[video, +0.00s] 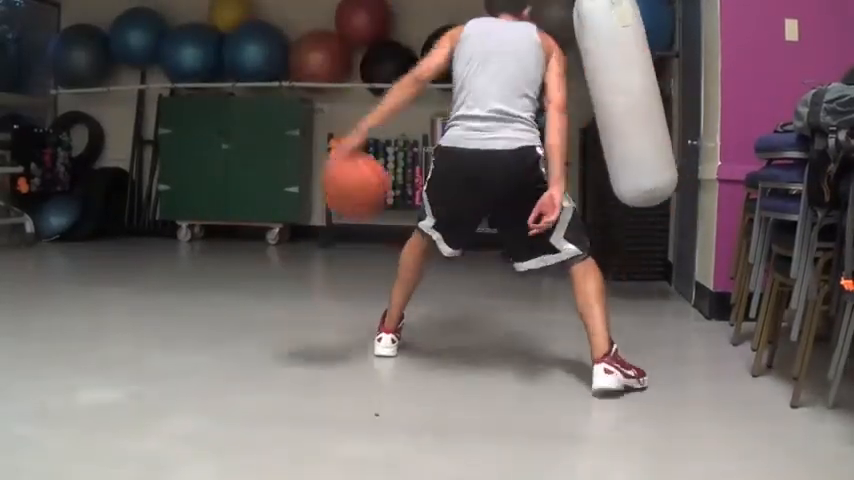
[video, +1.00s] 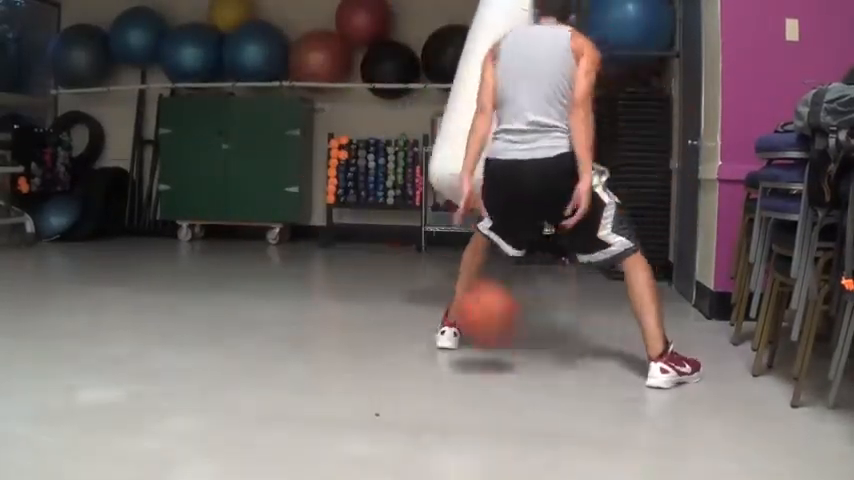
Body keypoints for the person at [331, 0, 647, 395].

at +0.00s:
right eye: (529, 18)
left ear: (488, 14)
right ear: (526, 17)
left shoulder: (458, 35)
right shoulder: (547, 45)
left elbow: (417, 79)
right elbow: (557, 111)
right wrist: (556, 184)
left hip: (457, 162)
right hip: (518, 166)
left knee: (425, 234)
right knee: (579, 255)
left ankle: (388, 329)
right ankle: (605, 360)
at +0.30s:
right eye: (532, 19)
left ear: (486, 15)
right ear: (527, 16)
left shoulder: (459, 38)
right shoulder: (545, 44)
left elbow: (416, 84)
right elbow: (562, 109)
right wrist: (568, 184)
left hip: (464, 169)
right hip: (523, 171)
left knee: (430, 236)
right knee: (596, 252)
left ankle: (389, 329)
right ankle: (650, 349)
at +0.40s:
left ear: (515, 18)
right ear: (555, 20)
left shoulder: (482, 47)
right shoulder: (568, 52)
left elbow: (457, 106)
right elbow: (562, 111)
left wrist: (442, 175)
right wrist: (560, 187)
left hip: (473, 172)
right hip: (534, 175)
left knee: (441, 243)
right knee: (609, 252)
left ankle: (391, 329)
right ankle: (656, 356)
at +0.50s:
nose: (603, 47)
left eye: (603, 40)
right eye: (602, 39)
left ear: (556, 25)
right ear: (590, 32)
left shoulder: (514, 50)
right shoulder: (588, 53)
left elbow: (479, 112)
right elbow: (570, 107)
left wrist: (463, 176)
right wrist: (564, 180)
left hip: (488, 172)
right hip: (545, 173)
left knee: (456, 248)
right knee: (629, 251)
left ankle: (395, 327)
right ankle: (661, 357)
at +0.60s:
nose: (620, 46)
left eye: (619, 40)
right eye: (620, 39)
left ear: (584, 21)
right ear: (616, 27)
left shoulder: (542, 49)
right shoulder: (605, 45)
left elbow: (494, 106)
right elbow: (585, 85)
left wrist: (469, 173)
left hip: (503, 175)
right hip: (556, 175)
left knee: (472, 254)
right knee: (642, 251)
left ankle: (403, 328)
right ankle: (663, 358)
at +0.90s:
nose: (608, 22)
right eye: (607, 16)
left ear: (565, 10)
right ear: (601, 14)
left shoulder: (529, 42)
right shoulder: (602, 41)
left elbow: (499, 102)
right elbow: (592, 94)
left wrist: (480, 174)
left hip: (513, 170)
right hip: (569, 168)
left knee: (490, 232)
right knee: (642, 253)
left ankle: (451, 323)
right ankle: (661, 357)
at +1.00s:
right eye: (570, 16)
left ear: (533, 14)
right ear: (568, 17)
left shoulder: (498, 48)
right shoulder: (583, 47)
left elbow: (484, 113)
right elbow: (580, 109)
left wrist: (467, 174)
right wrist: (585, 175)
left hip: (504, 175)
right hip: (560, 174)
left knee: (485, 234)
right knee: (630, 257)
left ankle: (451, 322)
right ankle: (660, 357)